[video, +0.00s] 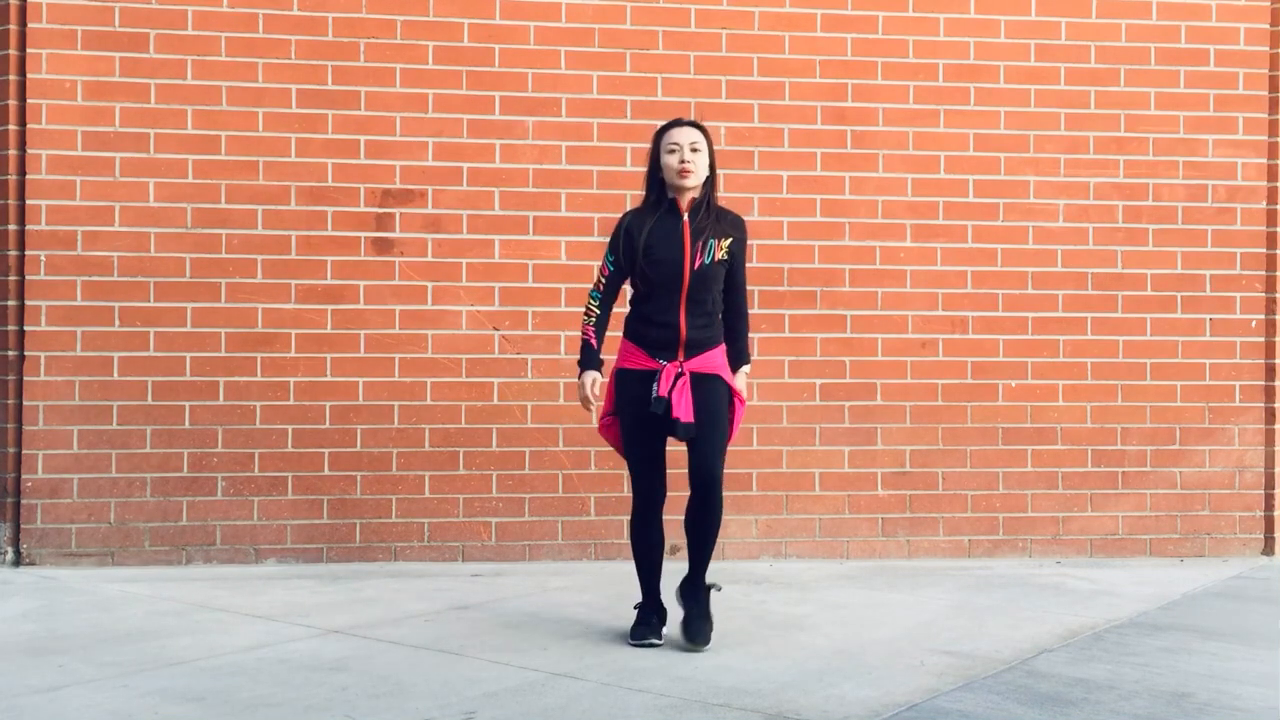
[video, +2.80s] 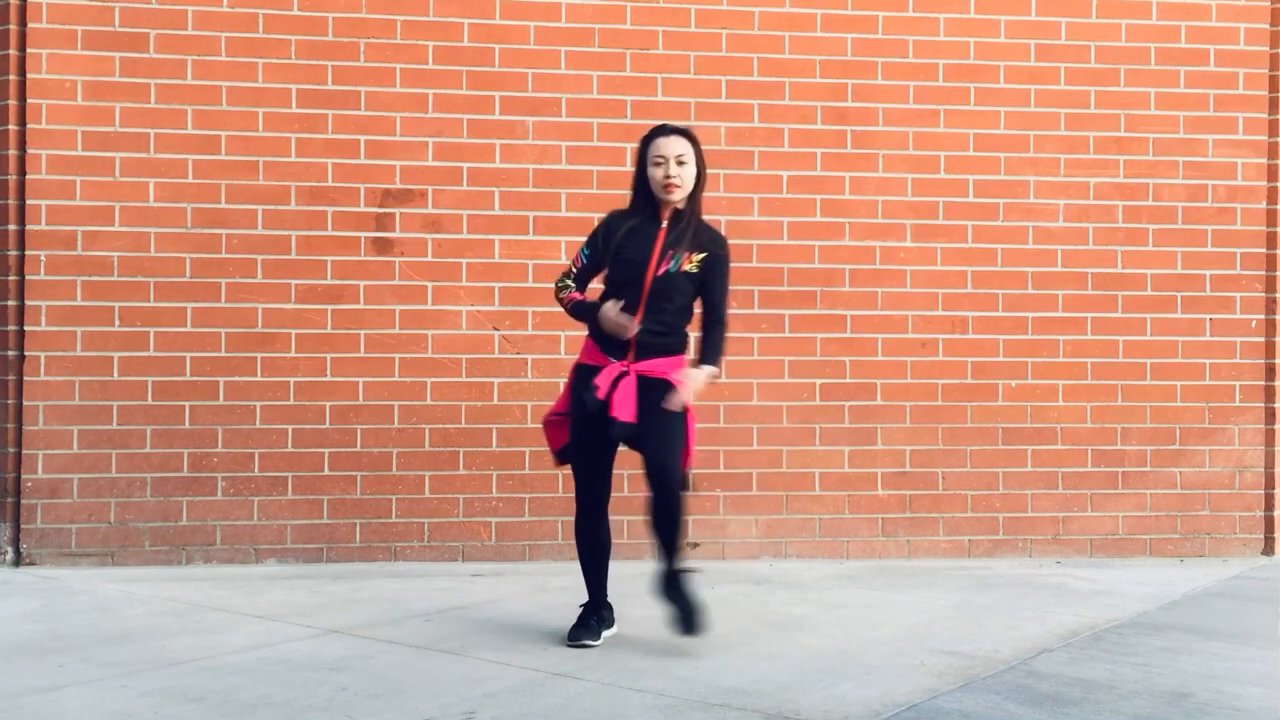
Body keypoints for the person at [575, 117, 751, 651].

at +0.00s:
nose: (685, 158)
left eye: (694, 149)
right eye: (674, 150)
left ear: (710, 161)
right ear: (658, 162)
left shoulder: (729, 227)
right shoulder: (635, 224)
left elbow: (735, 299)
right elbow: (602, 294)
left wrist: (741, 362)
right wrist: (589, 361)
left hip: (708, 367)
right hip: (642, 367)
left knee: (709, 482)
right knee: (648, 493)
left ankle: (696, 587)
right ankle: (650, 604)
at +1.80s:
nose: (707, 176)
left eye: (718, 166)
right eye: (696, 166)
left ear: (733, 171)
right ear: (680, 172)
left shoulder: (755, 225)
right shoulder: (665, 240)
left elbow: (776, 298)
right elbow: (647, 316)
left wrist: (794, 361)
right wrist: (638, 388)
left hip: (760, 370)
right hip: (697, 372)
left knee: (762, 496)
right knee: (704, 477)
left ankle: (749, 609)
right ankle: (672, 576)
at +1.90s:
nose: (711, 173)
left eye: (721, 163)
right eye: (699, 163)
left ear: (737, 169)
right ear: (684, 171)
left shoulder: (761, 222)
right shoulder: (669, 238)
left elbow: (782, 294)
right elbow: (657, 315)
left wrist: (800, 355)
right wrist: (653, 389)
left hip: (767, 368)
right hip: (705, 370)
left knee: (761, 484)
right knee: (732, 468)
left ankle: (749, 605)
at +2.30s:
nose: (714, 173)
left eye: (724, 162)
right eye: (702, 164)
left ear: (740, 169)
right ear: (687, 175)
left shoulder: (766, 228)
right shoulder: (674, 242)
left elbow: (786, 300)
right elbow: (655, 319)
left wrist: (800, 361)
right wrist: (645, 390)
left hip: (762, 372)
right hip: (698, 372)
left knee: (769, 488)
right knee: (703, 457)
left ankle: (753, 603)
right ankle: (736, 572)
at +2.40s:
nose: (710, 162)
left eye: (721, 151)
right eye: (698, 153)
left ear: (737, 159)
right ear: (685, 163)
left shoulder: (761, 220)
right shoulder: (669, 229)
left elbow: (779, 292)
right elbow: (648, 305)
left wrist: (793, 354)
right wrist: (635, 375)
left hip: (750, 366)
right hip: (685, 364)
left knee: (753, 494)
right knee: (662, 435)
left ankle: (748, 609)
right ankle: (674, 545)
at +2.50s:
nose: (705, 160)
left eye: (714, 149)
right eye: (693, 151)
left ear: (731, 156)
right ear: (679, 162)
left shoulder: (755, 220)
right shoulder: (662, 222)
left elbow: (769, 292)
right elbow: (638, 296)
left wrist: (780, 351)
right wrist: (622, 365)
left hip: (734, 367)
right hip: (667, 364)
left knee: (736, 491)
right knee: (627, 467)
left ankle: (747, 609)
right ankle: (623, 566)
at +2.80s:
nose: (670, 172)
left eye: (681, 162)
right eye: (659, 162)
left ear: (697, 170)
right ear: (644, 171)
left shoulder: (708, 244)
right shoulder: (617, 227)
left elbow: (714, 318)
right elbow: (565, 286)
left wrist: (707, 365)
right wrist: (596, 311)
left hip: (662, 377)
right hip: (599, 372)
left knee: (667, 478)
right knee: (591, 496)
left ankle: (672, 574)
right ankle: (597, 604)